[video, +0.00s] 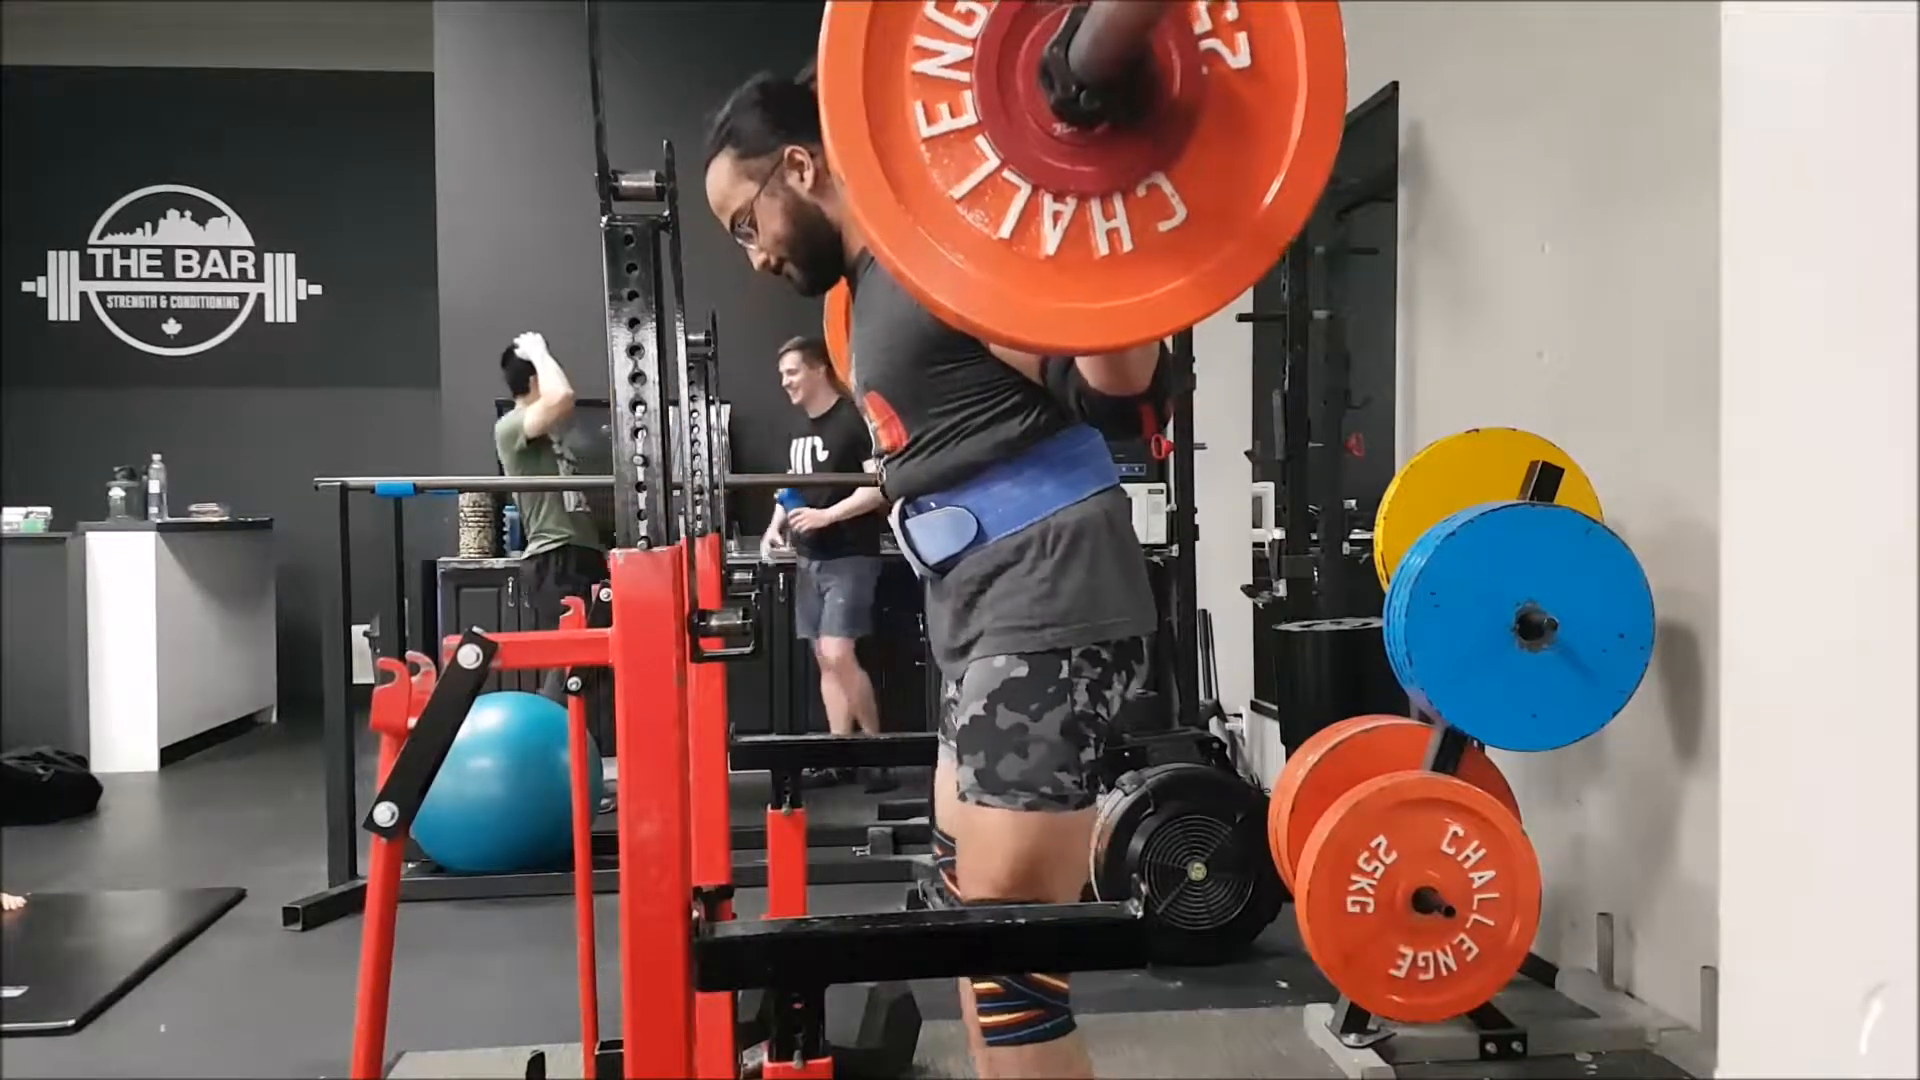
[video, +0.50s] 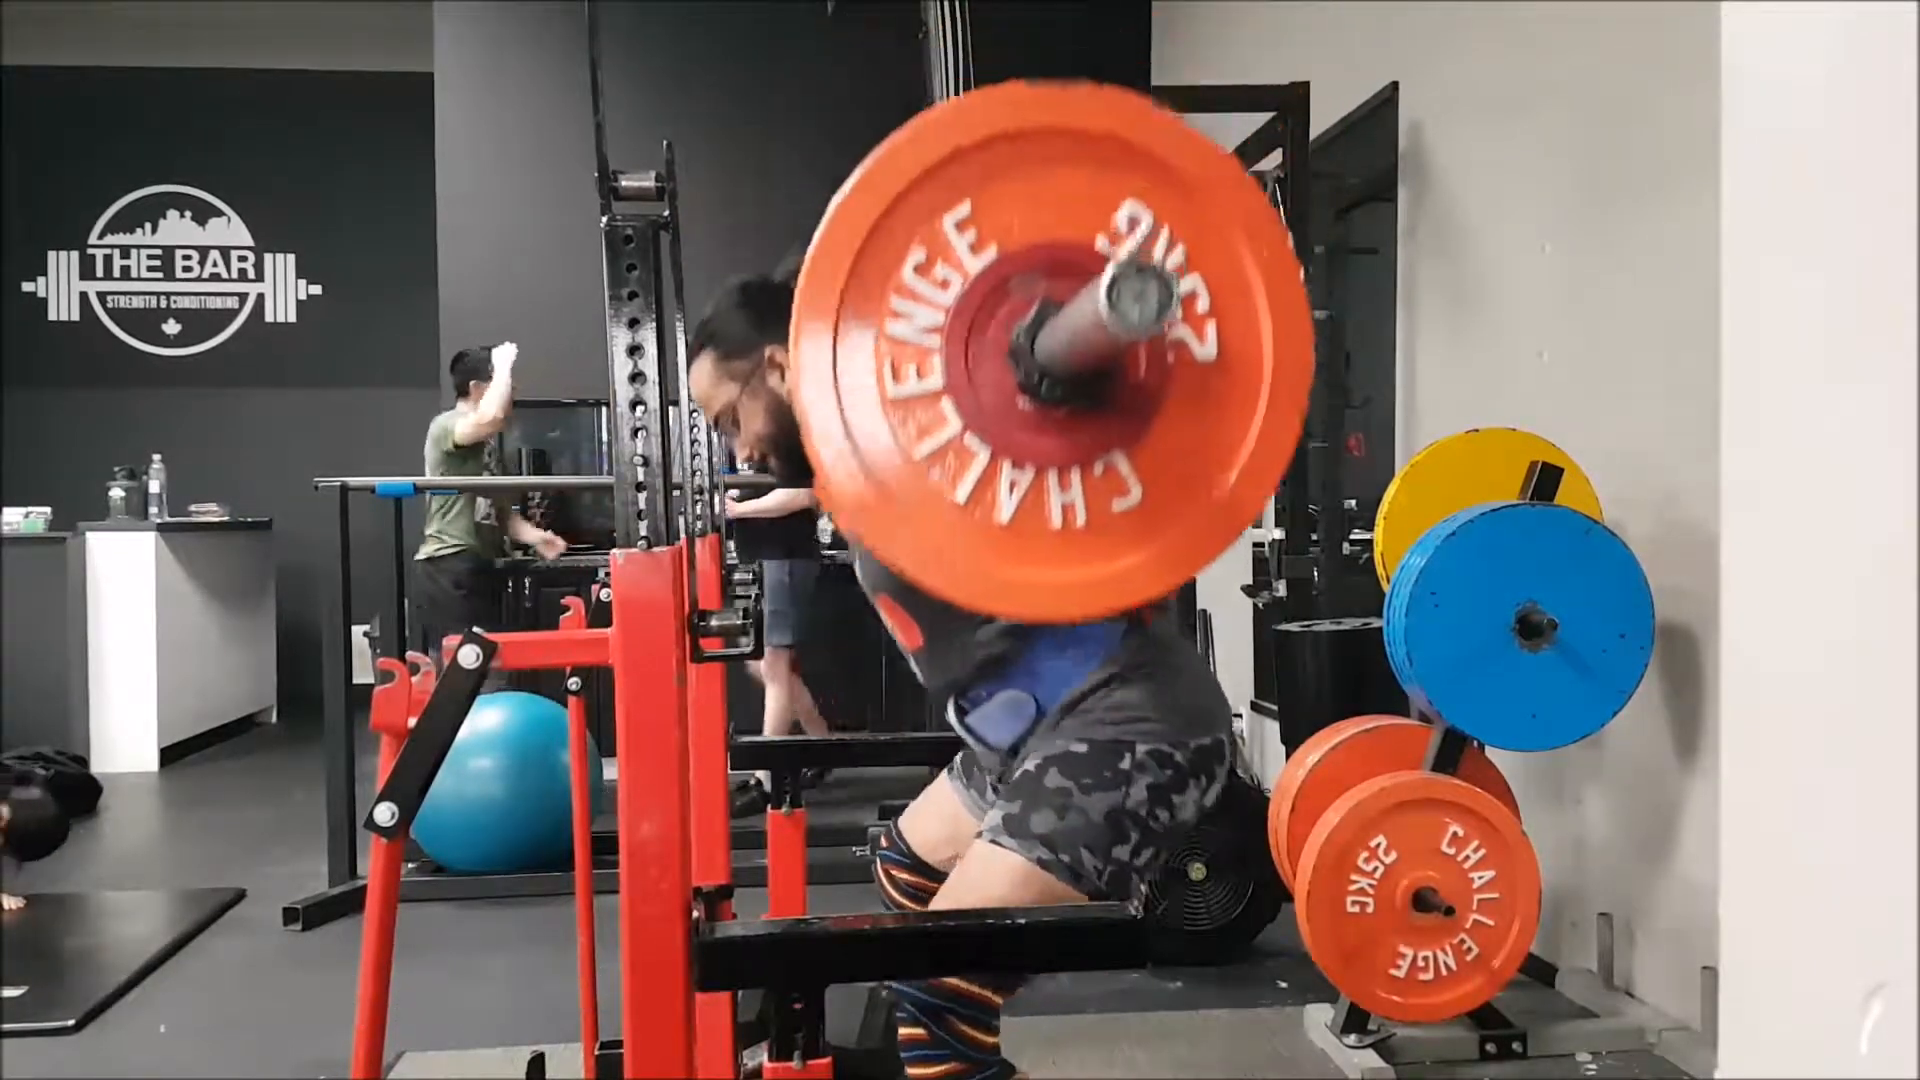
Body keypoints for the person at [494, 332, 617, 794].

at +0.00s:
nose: (554, 383)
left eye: (551, 376)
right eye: (545, 378)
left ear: (522, 385)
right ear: (530, 381)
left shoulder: (553, 428)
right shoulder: (510, 427)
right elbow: (560, 399)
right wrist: (540, 354)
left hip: (588, 553)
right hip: (555, 555)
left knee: (599, 664)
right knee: (567, 666)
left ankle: (603, 759)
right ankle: (550, 761)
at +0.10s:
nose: (539, 378)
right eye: (528, 372)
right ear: (518, 379)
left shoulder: (534, 435)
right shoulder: (493, 427)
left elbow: (568, 502)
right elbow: (545, 396)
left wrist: (618, 540)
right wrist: (523, 355)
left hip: (570, 558)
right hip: (539, 561)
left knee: (583, 662)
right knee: (552, 664)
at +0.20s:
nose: (523, 382)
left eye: (519, 373)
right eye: (513, 376)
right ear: (502, 383)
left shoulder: (522, 442)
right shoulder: (479, 428)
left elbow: (559, 502)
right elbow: (533, 397)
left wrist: (620, 520)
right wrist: (510, 356)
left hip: (542, 560)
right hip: (514, 562)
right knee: (537, 660)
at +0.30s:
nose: (515, 387)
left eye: (513, 379)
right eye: (507, 381)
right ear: (493, 387)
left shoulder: (508, 443)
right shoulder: (468, 430)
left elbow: (537, 505)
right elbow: (522, 401)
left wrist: (591, 513)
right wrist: (503, 361)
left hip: (523, 565)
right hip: (492, 566)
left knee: (536, 661)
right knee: (503, 664)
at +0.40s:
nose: (517, 389)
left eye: (516, 383)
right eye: (510, 382)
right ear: (486, 390)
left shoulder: (500, 448)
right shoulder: (455, 429)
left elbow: (517, 511)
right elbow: (509, 407)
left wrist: (564, 522)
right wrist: (498, 365)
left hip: (501, 565)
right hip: (467, 567)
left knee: (509, 667)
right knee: (473, 666)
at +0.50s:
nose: (508, 393)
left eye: (508, 385)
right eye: (499, 385)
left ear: (479, 391)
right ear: (474, 389)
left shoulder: (490, 442)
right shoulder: (445, 425)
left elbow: (503, 513)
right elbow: (492, 417)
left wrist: (538, 537)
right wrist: (502, 370)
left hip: (482, 563)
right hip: (446, 564)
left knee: (484, 660)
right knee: (462, 661)